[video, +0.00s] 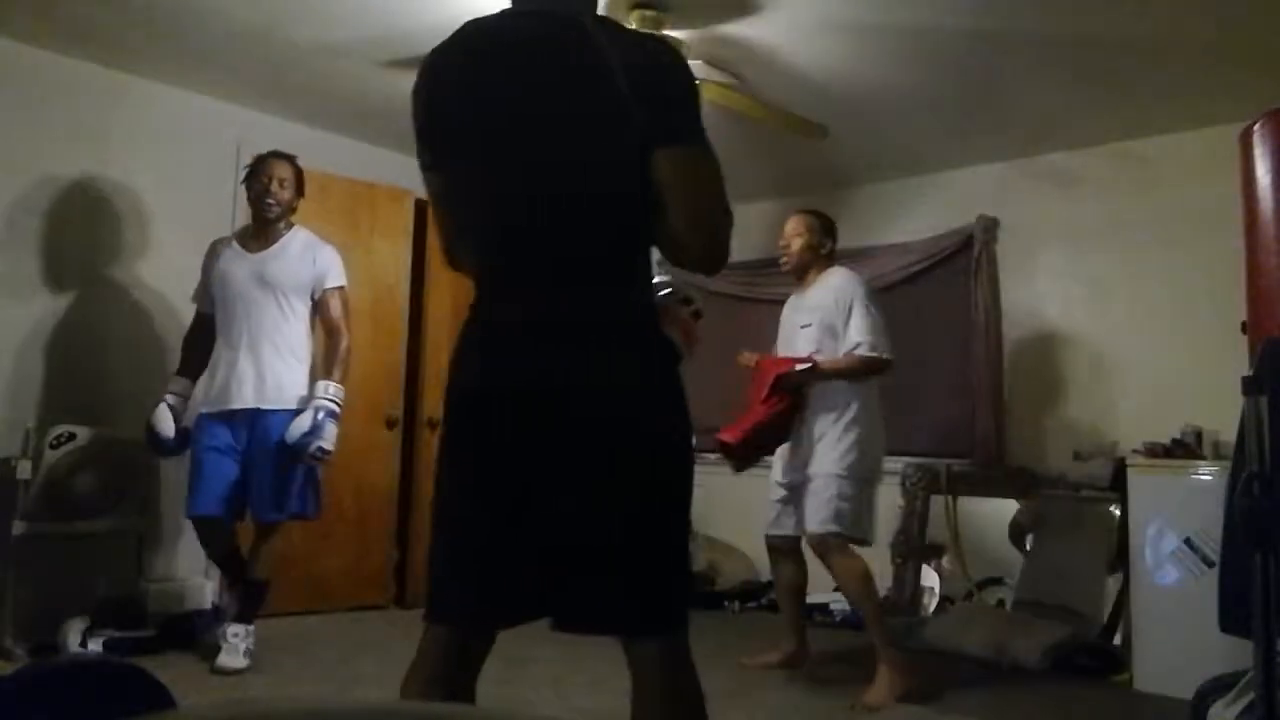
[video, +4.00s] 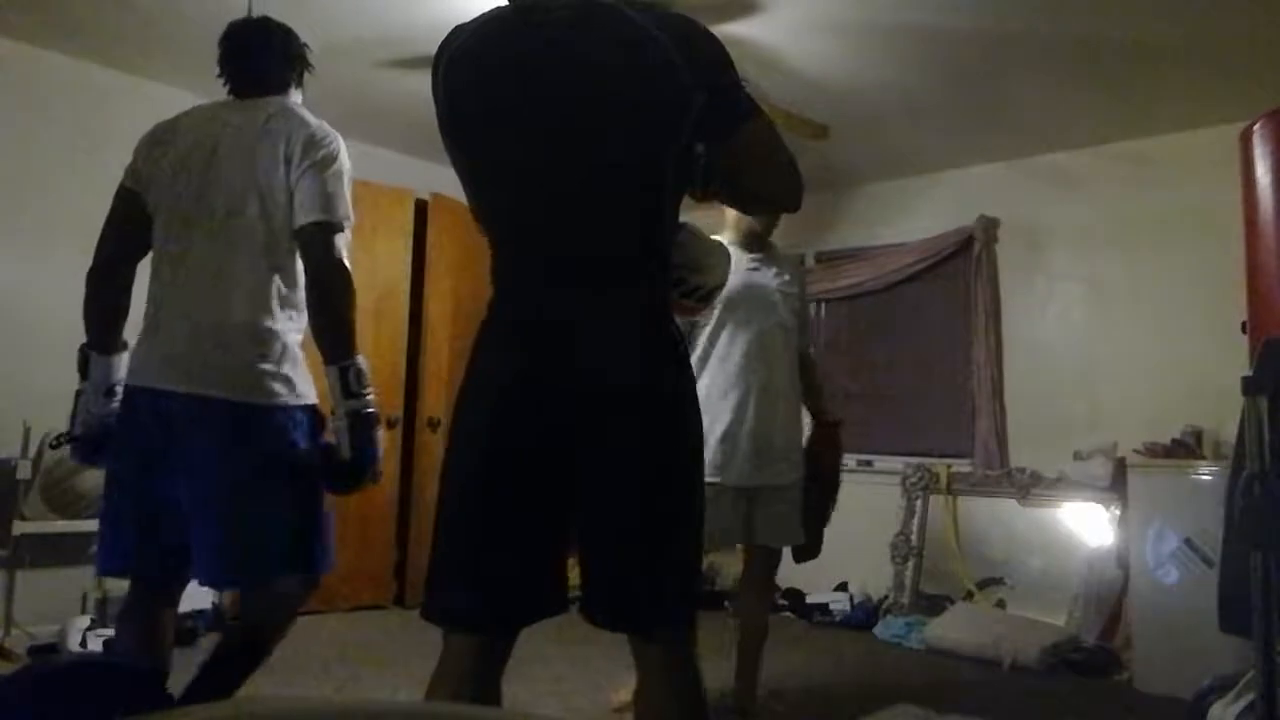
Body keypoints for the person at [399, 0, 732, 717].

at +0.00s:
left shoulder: (447, 65)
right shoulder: (646, 59)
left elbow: (461, 249)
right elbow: (702, 243)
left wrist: (641, 308)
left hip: (496, 365)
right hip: (622, 365)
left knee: (452, 638)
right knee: (656, 643)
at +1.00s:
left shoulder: (491, 56)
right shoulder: (688, 54)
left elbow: (493, 236)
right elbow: (777, 225)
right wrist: (677, 188)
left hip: (527, 360)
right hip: (649, 365)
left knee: (467, 630)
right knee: (670, 647)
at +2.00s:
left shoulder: (608, 64)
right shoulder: (818, 72)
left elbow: (602, 251)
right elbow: (899, 238)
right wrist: (790, 214)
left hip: (617, 355)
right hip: (736, 361)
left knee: (542, 609)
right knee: (715, 643)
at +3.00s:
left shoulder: (431, 38)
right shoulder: (643, 25)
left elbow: (474, 193)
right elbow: (752, 182)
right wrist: (648, 167)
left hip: (475, 353)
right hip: (604, 359)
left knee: (444, 647)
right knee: (646, 651)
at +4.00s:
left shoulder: (462, 51)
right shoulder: (674, 40)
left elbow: (496, 212)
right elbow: (776, 188)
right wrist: (671, 158)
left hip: (514, 362)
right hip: (638, 366)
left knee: (472, 640)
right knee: (663, 645)